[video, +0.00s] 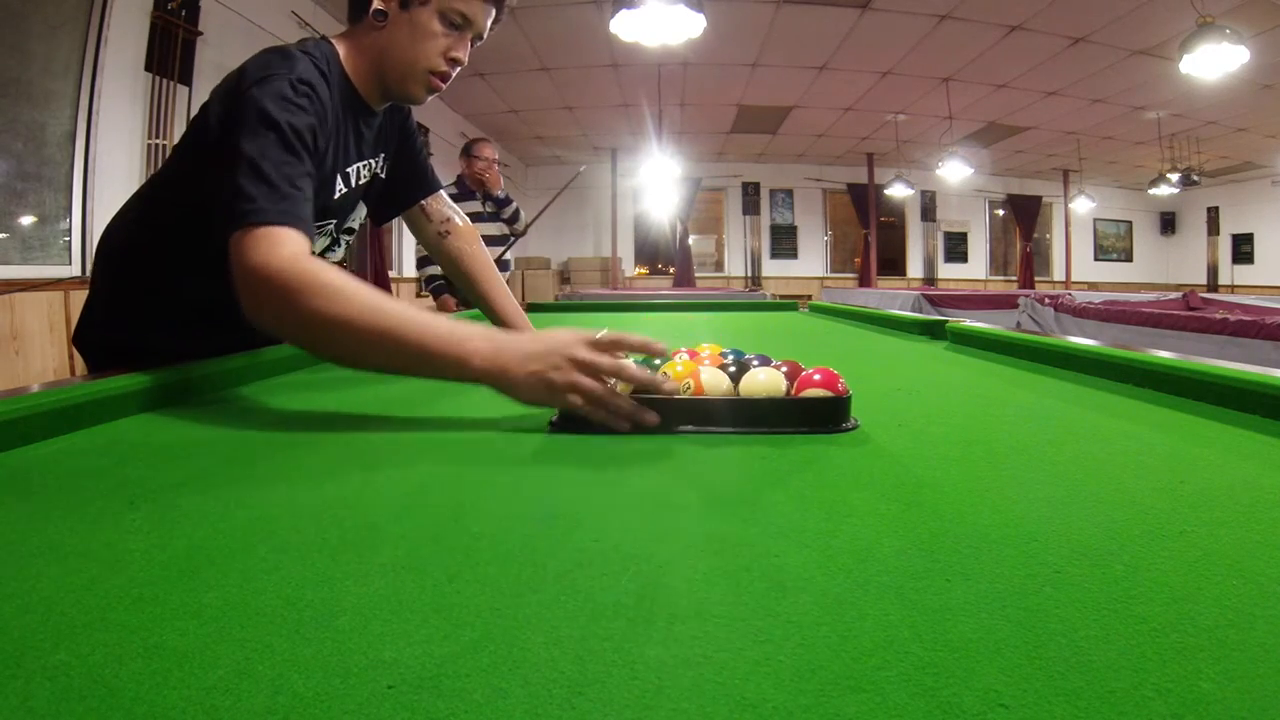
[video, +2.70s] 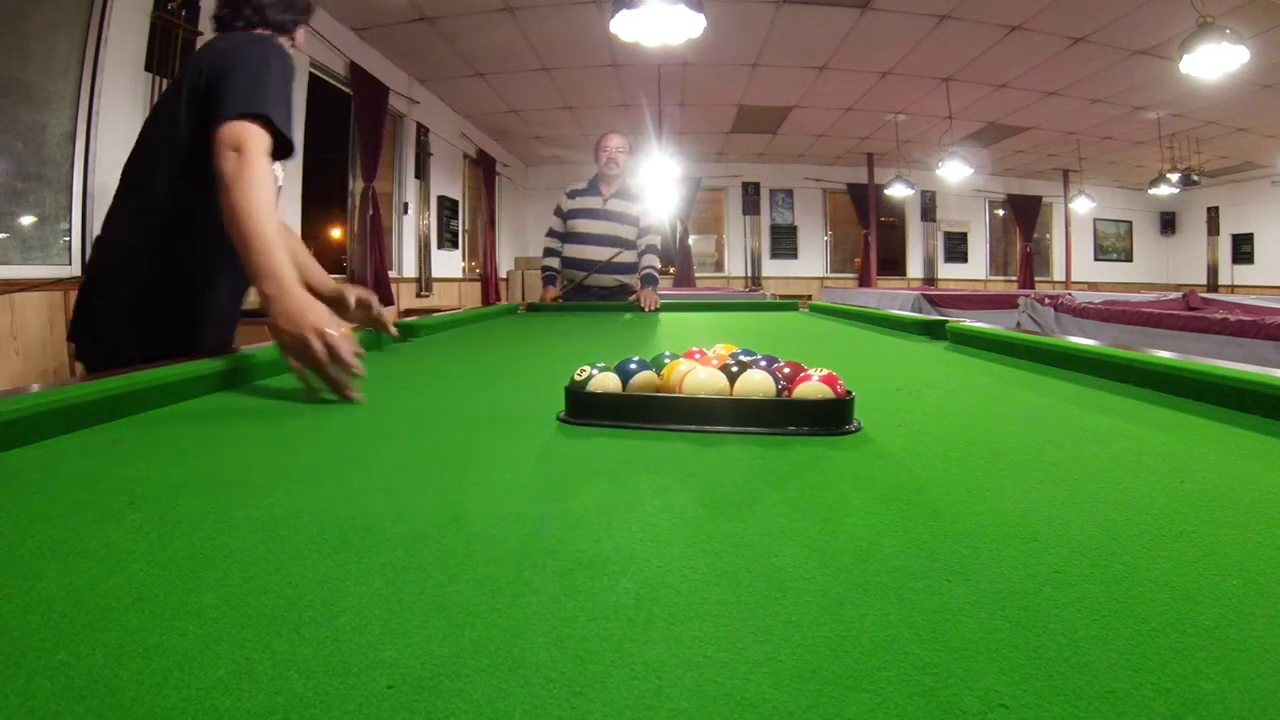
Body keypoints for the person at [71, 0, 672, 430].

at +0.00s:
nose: (462, 58)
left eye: (473, 42)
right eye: (453, 26)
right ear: (387, 7)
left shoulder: (392, 121)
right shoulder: (283, 86)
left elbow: (447, 230)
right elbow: (272, 277)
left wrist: (525, 338)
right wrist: (498, 357)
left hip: (252, 336)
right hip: (146, 340)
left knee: (240, 523)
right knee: (139, 538)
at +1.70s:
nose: (444, 68)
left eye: (451, 48)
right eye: (449, 44)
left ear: (401, 29)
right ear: (412, 25)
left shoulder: (380, 122)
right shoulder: (271, 83)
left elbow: (442, 232)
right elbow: (301, 259)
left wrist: (527, 339)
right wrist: (475, 383)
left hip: (259, 342)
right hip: (153, 344)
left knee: (240, 527)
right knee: (143, 536)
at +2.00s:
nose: (400, 60)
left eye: (405, 43)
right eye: (409, 41)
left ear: (327, 10)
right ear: (400, 34)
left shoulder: (328, 96)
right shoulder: (295, 55)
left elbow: (372, 232)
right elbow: (315, 227)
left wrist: (465, 340)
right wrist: (473, 381)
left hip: (235, 346)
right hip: (149, 352)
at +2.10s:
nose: (379, 67)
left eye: (382, 55)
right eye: (389, 50)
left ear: (315, 8)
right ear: (386, 29)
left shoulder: (279, 63)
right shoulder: (300, 52)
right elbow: (326, 220)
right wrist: (477, 375)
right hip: (150, 350)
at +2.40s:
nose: (360, 60)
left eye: (362, 51)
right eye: (364, 47)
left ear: (293, 18)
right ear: (357, 32)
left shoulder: (254, 72)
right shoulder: (297, 57)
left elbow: (279, 222)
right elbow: (330, 178)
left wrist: (334, 308)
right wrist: (443, 342)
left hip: (205, 331)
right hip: (141, 335)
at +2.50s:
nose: (350, 52)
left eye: (350, 44)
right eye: (352, 41)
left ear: (279, 14)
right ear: (348, 30)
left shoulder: (243, 63)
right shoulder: (287, 54)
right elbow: (295, 178)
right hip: (142, 343)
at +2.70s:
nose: (303, 39)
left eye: (304, 28)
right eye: (303, 27)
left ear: (237, 18)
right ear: (293, 29)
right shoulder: (254, 54)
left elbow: (259, 217)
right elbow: (239, 157)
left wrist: (330, 289)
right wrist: (286, 298)